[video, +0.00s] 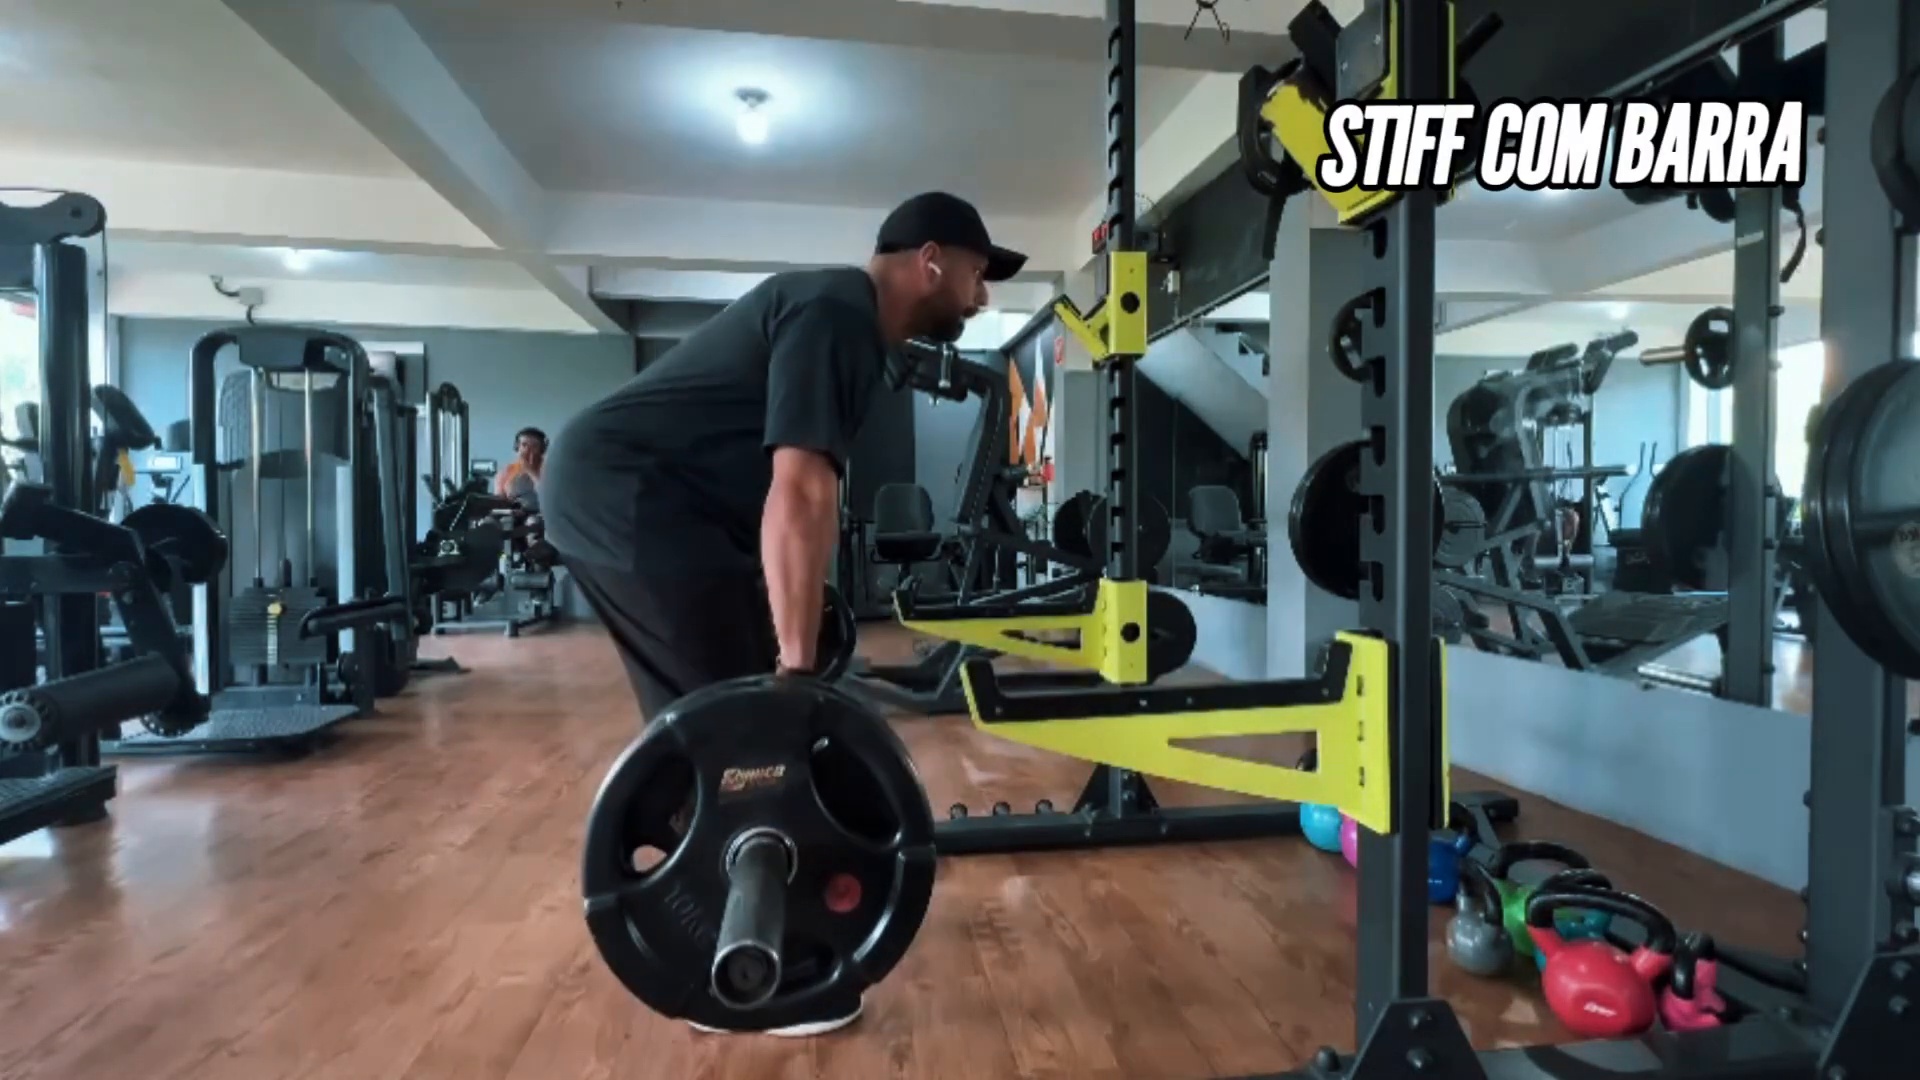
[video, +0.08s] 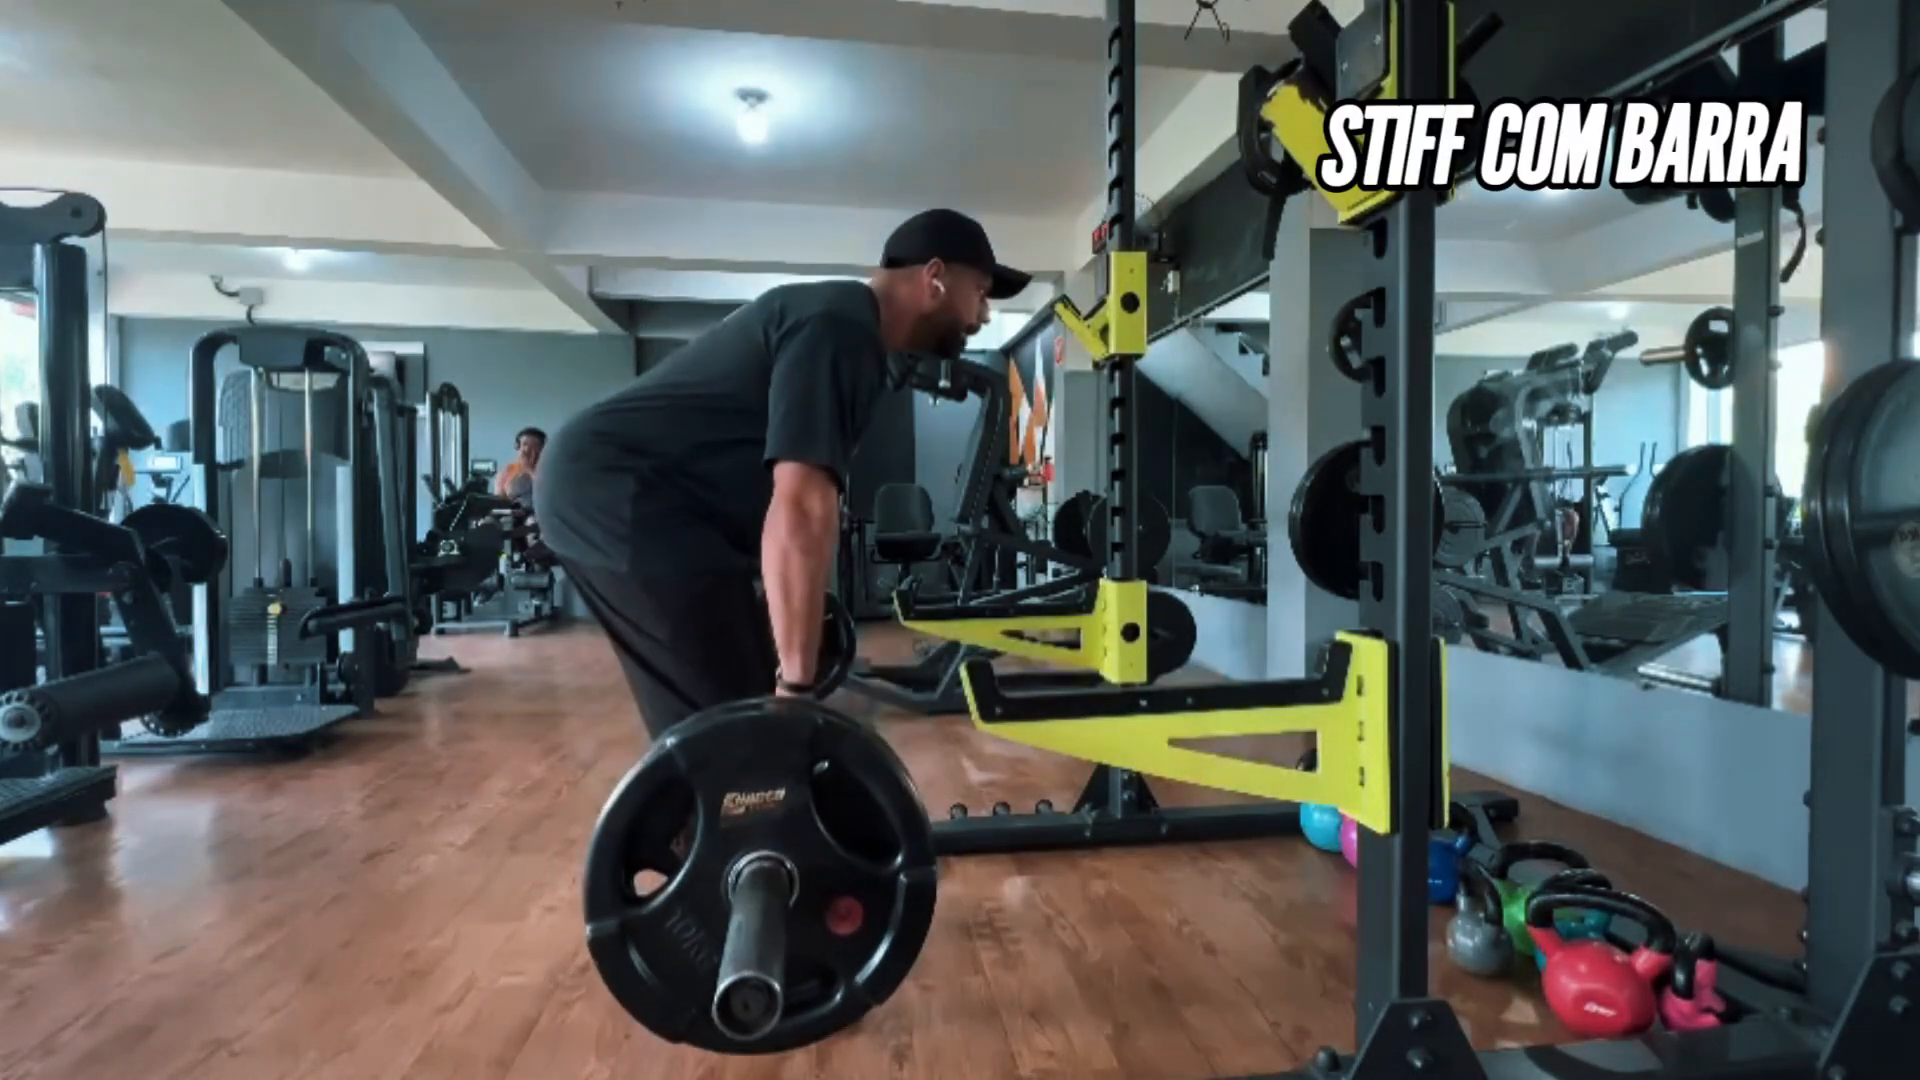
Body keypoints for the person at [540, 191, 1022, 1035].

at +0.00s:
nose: (982, 299)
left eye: (986, 283)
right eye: (978, 277)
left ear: (923, 266)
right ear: (927, 261)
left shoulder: (853, 331)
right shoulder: (831, 307)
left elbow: (805, 491)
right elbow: (800, 489)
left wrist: (801, 650)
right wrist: (800, 661)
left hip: (628, 485)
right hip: (624, 484)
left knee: (706, 719)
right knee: (747, 714)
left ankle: (715, 946)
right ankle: (764, 965)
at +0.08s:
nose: (984, 317)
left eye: (989, 299)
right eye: (982, 293)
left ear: (929, 278)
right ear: (934, 278)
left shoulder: (846, 329)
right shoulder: (835, 320)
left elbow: (799, 503)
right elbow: (800, 505)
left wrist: (795, 664)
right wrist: (798, 677)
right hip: (619, 484)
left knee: (698, 717)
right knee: (744, 706)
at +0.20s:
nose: (985, 337)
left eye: (991, 320)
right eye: (984, 314)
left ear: (932, 299)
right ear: (939, 298)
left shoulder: (847, 343)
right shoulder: (838, 338)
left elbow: (801, 523)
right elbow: (802, 526)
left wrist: (792, 688)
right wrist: (798, 699)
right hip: (613, 487)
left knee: (714, 716)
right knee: (742, 711)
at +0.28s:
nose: (986, 355)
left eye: (993, 338)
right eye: (986, 332)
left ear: (936, 312)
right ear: (942, 313)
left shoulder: (846, 353)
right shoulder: (838, 351)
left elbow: (807, 532)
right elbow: (803, 537)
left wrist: (792, 698)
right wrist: (797, 714)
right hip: (605, 490)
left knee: (727, 702)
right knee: (736, 704)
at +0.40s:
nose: (990, 375)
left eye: (997, 359)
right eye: (989, 352)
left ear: (939, 332)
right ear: (945, 332)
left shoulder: (849, 369)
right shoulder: (838, 367)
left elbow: (816, 545)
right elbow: (803, 552)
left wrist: (793, 716)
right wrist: (797, 732)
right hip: (601, 493)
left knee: (731, 710)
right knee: (733, 713)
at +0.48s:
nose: (989, 388)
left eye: (997, 374)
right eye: (988, 366)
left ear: (939, 344)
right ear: (944, 344)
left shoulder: (846, 376)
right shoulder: (839, 375)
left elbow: (814, 558)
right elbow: (804, 565)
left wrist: (793, 726)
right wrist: (797, 744)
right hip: (599, 493)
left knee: (722, 714)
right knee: (734, 714)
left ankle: (724, 914)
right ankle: (736, 919)